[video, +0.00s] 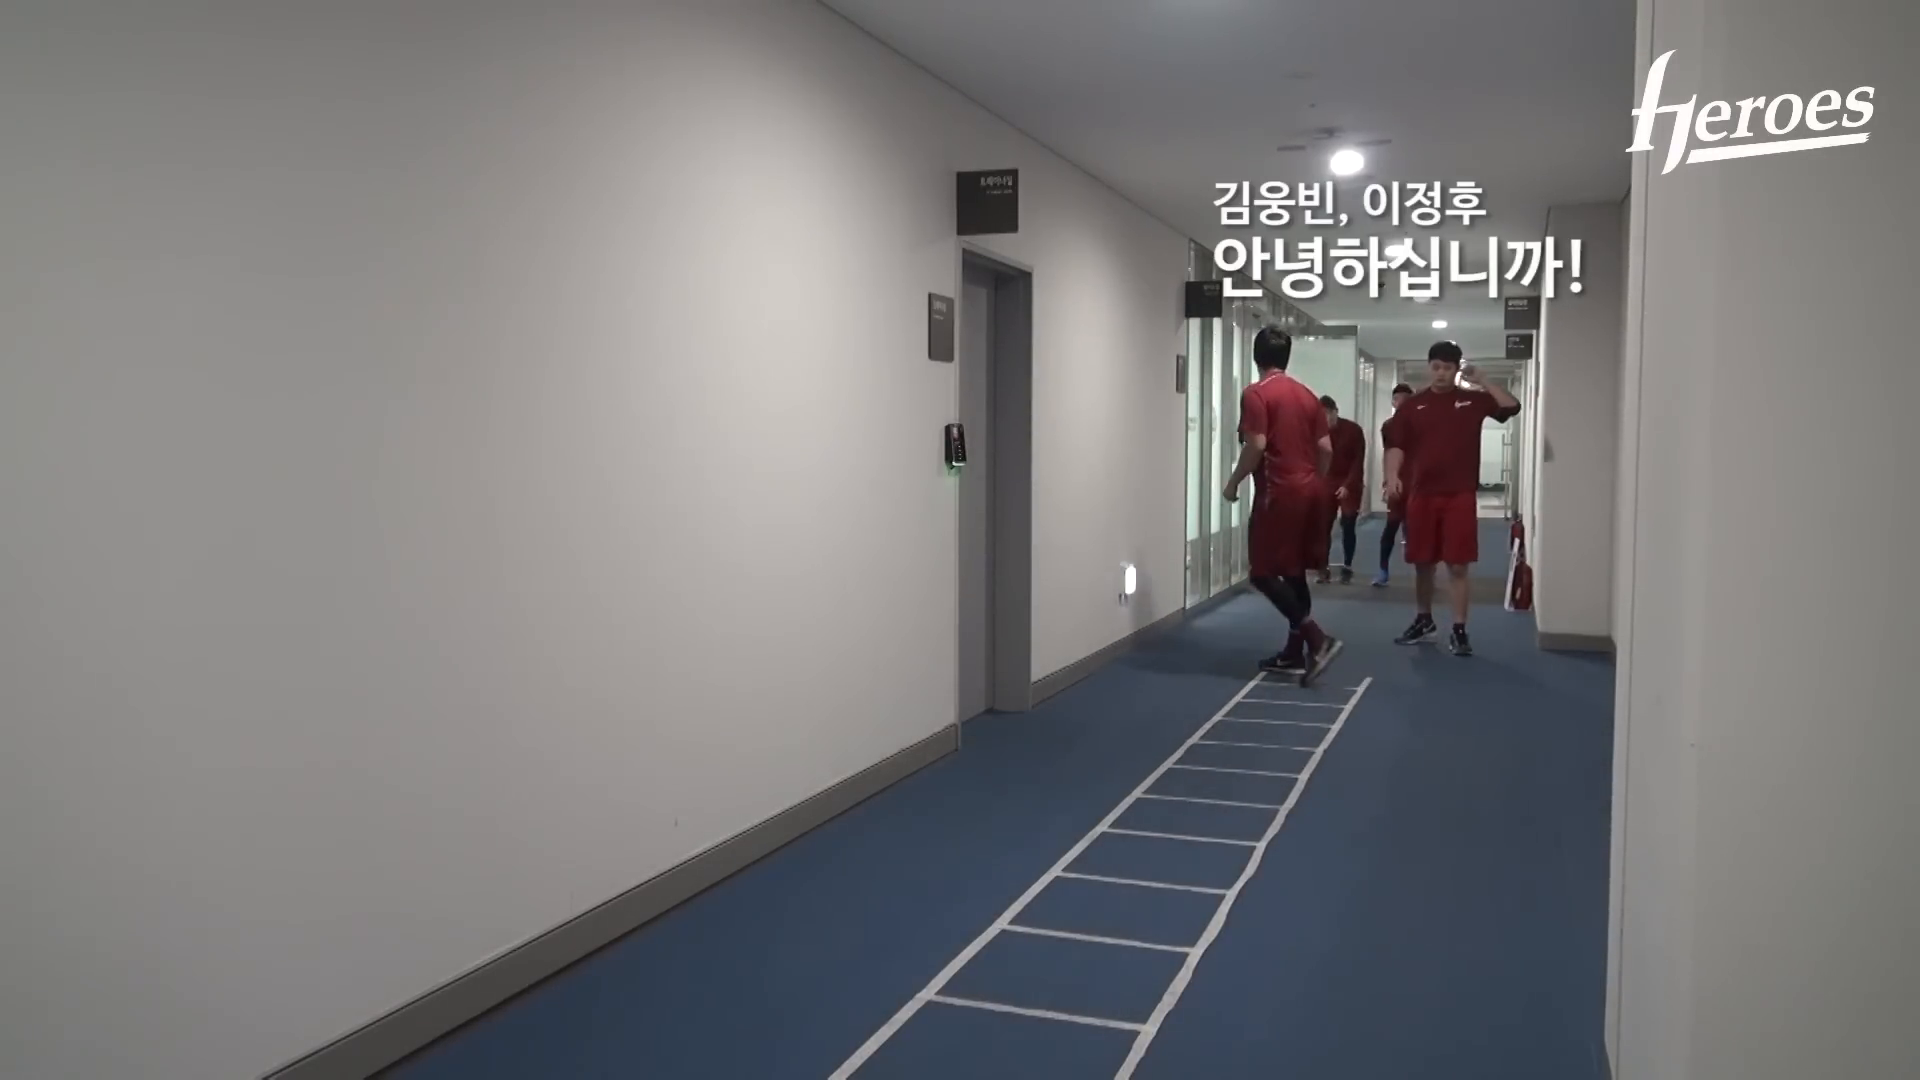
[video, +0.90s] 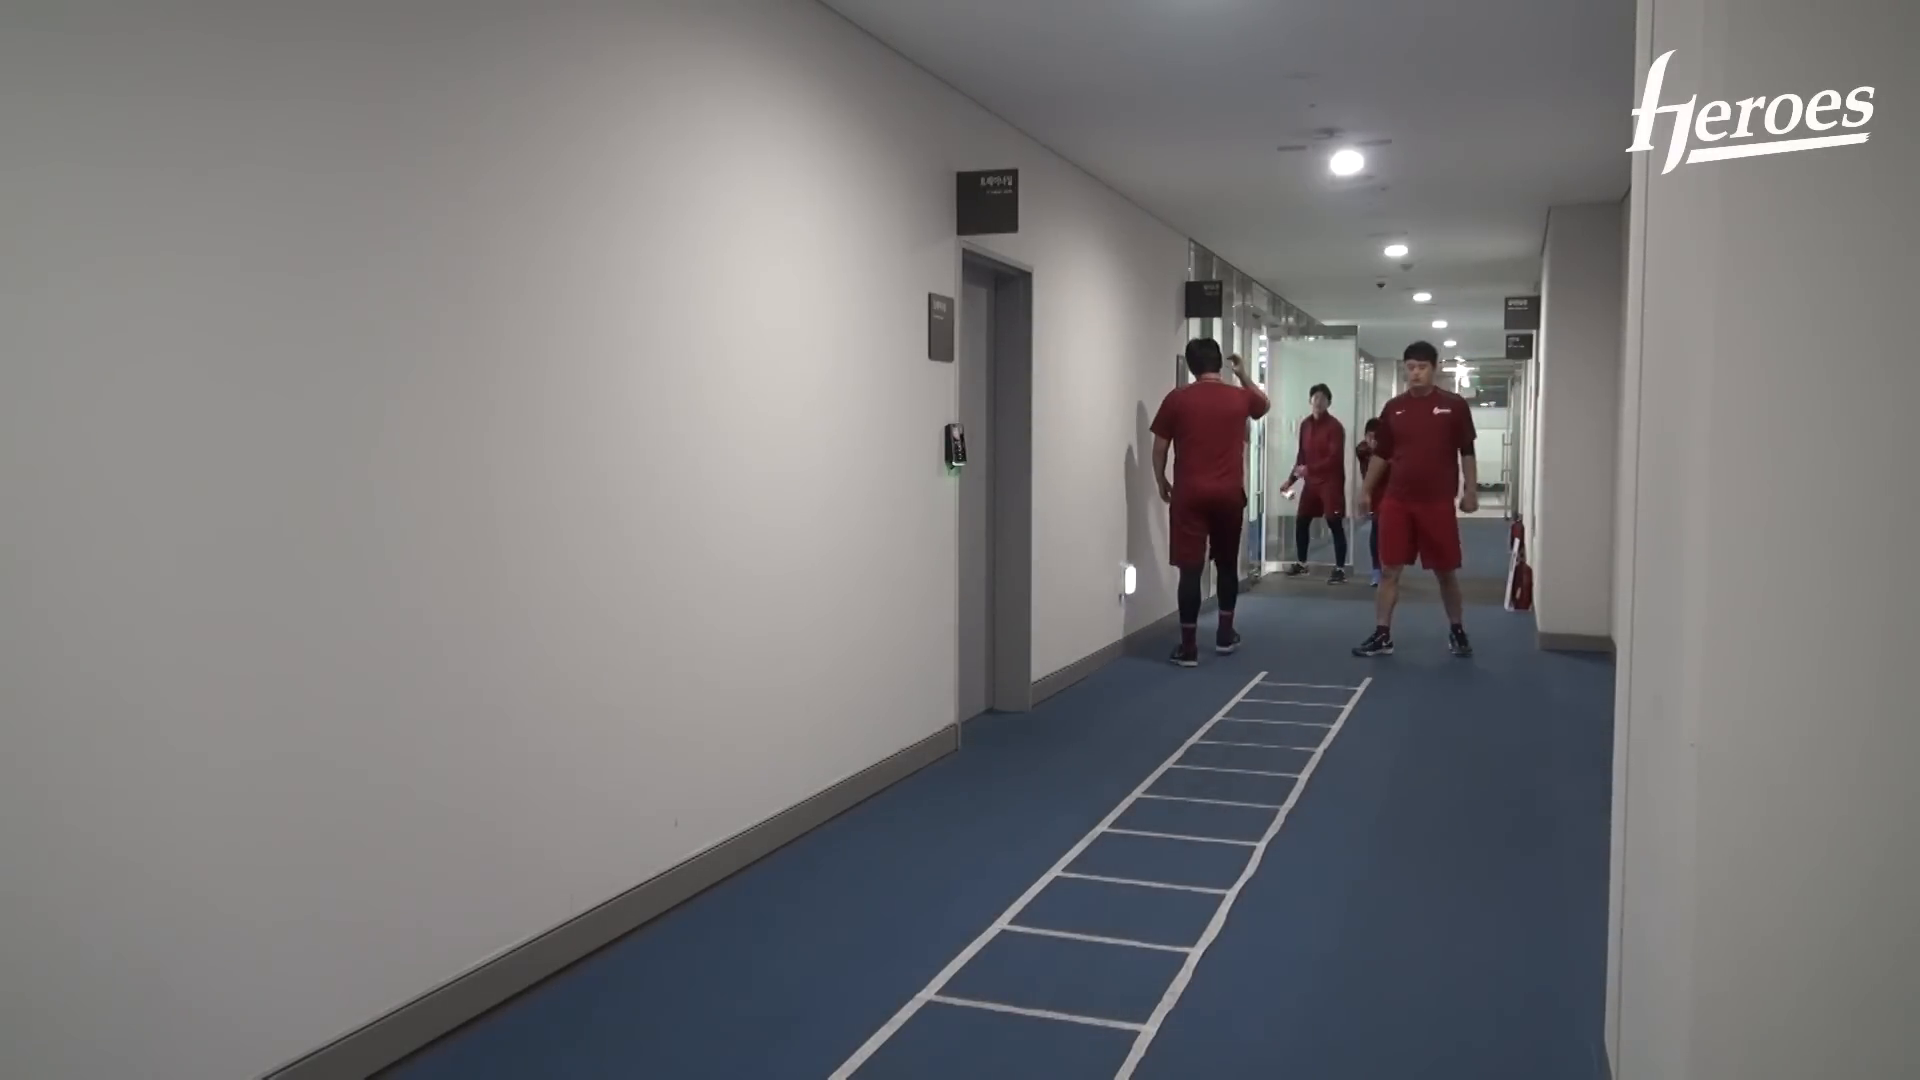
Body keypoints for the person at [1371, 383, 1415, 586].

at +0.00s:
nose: (1400, 403)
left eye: (1404, 398)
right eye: (1397, 398)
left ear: (1412, 400)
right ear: (1392, 401)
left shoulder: (1420, 422)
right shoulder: (1389, 426)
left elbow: (1424, 453)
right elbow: (1388, 455)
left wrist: (1422, 480)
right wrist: (1387, 481)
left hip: (1418, 483)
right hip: (1398, 483)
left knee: (1417, 527)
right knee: (1391, 526)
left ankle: (1424, 572)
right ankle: (1383, 569)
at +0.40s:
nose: (1377, 418)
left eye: (1381, 413)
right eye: (1374, 414)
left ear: (1390, 413)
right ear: (1370, 415)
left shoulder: (1403, 429)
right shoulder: (1366, 433)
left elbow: (1414, 457)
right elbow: (1364, 459)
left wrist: (1418, 484)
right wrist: (1362, 481)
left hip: (1403, 480)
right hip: (1380, 480)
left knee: (1403, 525)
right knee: (1377, 523)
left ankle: (1404, 572)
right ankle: (1377, 570)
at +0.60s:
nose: (1373, 443)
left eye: (1376, 438)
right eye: (1369, 439)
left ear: (1385, 435)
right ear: (1365, 437)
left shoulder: (1397, 444)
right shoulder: (1364, 446)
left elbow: (1406, 467)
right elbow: (1365, 467)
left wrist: (1403, 489)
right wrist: (1364, 486)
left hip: (1396, 485)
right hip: (1376, 485)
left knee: (1398, 527)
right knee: (1377, 524)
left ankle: (1395, 568)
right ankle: (1376, 569)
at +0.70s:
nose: (1373, 449)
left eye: (1377, 445)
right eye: (1369, 445)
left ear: (1385, 442)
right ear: (1365, 443)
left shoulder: (1394, 450)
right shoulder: (1362, 452)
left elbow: (1401, 472)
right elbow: (1365, 474)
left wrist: (1396, 494)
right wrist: (1368, 491)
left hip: (1395, 490)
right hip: (1375, 490)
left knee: (1397, 529)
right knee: (1377, 525)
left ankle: (1394, 569)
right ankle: (1376, 569)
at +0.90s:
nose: (1372, 441)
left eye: (1376, 437)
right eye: (1370, 436)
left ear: (1382, 438)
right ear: (1365, 437)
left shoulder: (1388, 451)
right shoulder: (1363, 451)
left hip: (1389, 498)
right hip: (1376, 498)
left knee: (1387, 533)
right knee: (1376, 532)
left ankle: (1387, 569)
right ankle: (1376, 568)